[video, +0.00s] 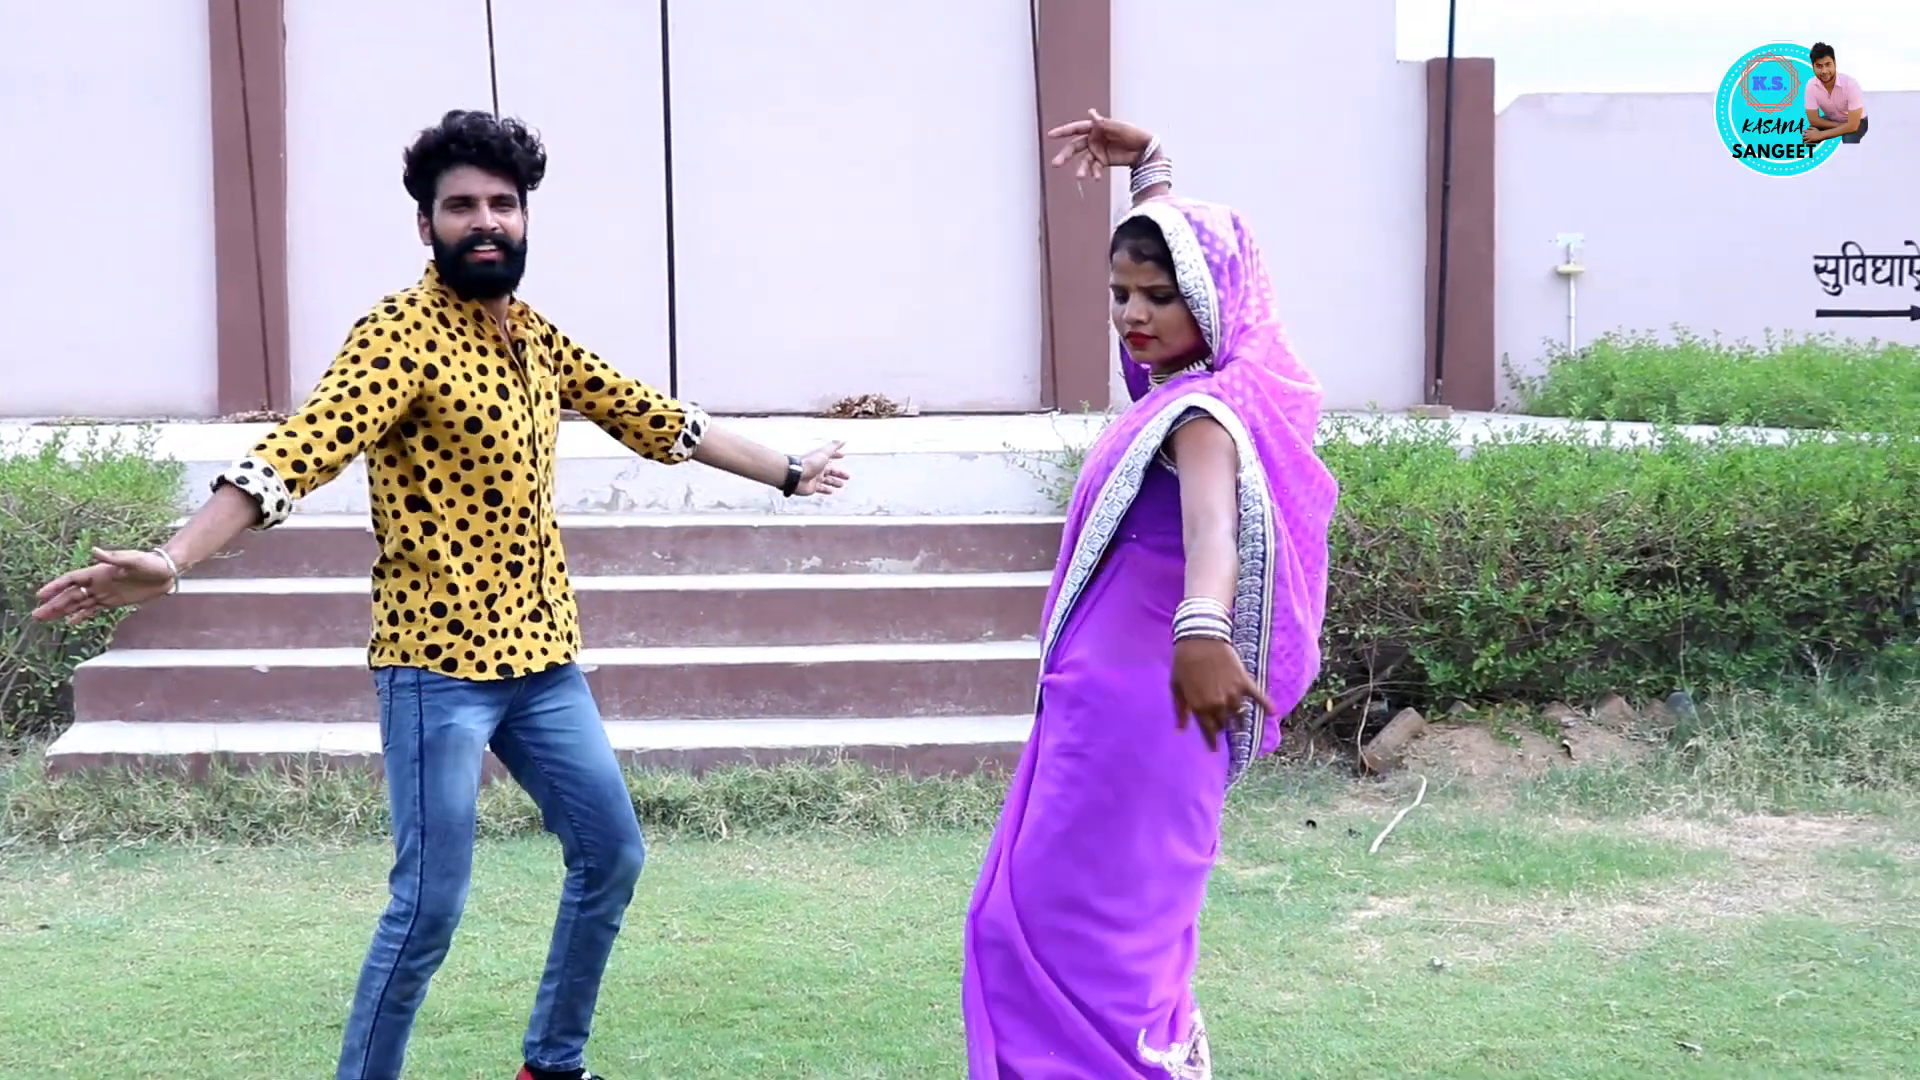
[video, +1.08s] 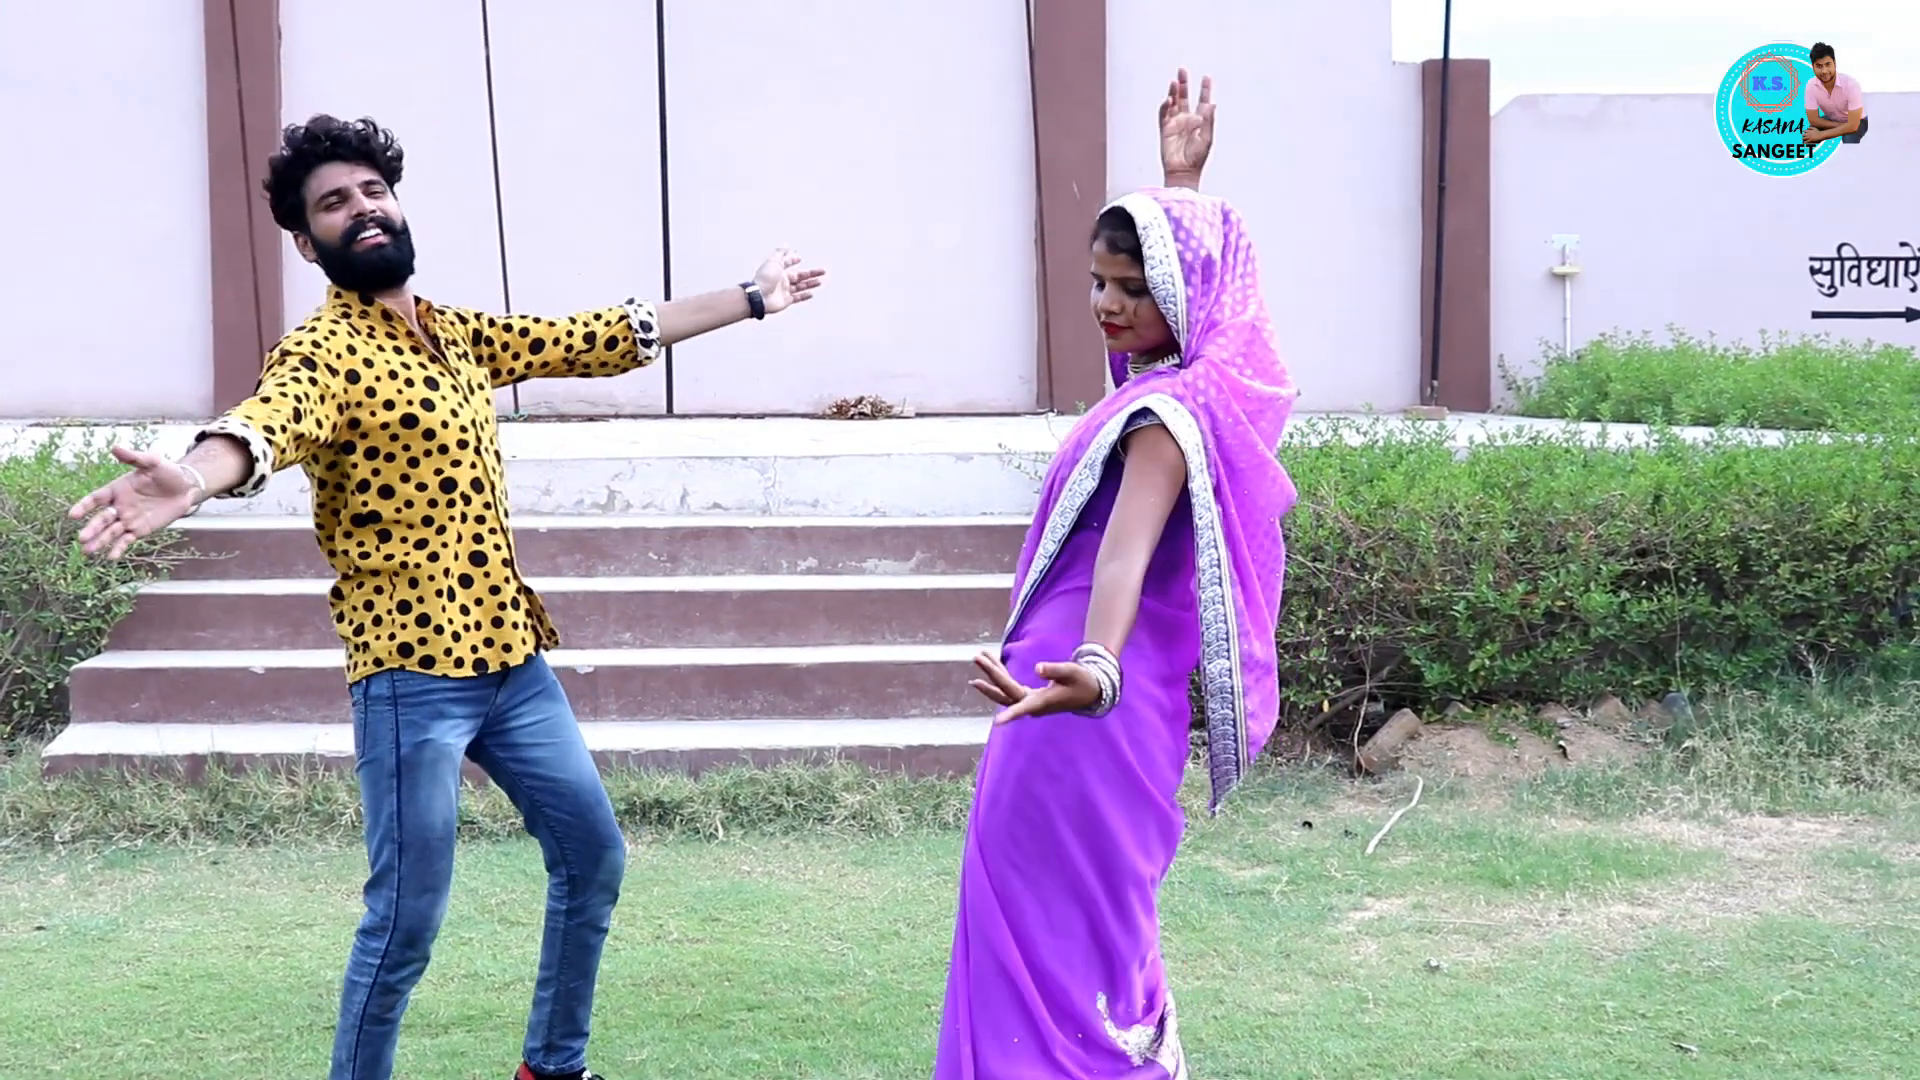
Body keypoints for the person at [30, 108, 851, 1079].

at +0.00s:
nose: (486, 223)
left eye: (503, 205)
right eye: (463, 206)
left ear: (527, 218)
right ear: (426, 222)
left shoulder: (538, 343)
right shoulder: (397, 336)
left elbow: (658, 419)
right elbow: (290, 455)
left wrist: (787, 468)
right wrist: (176, 558)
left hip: (540, 661)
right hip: (434, 665)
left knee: (614, 854)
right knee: (428, 907)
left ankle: (552, 1061)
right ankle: (363, 1070)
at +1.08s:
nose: (363, 210)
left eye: (373, 189)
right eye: (334, 205)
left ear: (402, 203)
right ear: (309, 242)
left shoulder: (458, 334)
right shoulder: (324, 351)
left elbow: (601, 338)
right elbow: (263, 424)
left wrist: (752, 296)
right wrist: (193, 477)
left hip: (511, 661)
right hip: (410, 677)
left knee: (593, 854)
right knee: (405, 920)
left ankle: (554, 1066)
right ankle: (357, 1076)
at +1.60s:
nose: (395, 204)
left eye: (392, 183)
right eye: (362, 201)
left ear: (406, 184)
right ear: (318, 242)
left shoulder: (465, 313)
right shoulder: (340, 348)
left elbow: (598, 289)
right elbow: (265, 439)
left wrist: (724, 224)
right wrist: (185, 501)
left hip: (514, 658)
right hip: (412, 673)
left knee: (610, 839)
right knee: (421, 917)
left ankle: (583, 1056)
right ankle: (374, 1072)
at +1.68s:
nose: (430, 194)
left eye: (425, 174)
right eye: (397, 191)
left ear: (437, 174)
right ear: (350, 234)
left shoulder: (484, 299)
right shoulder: (365, 340)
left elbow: (609, 276)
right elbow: (293, 437)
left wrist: (731, 211)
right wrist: (204, 507)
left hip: (521, 653)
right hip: (428, 668)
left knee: (612, 837)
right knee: (437, 904)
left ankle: (591, 1059)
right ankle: (387, 1073)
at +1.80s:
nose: (475, 199)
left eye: (468, 179)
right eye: (444, 191)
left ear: (476, 180)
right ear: (387, 234)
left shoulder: (508, 301)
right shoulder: (381, 347)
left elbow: (627, 283)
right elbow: (329, 453)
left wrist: (745, 215)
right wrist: (272, 522)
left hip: (537, 652)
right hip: (452, 667)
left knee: (623, 841)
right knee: (467, 907)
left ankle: (597, 1064)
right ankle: (412, 1073)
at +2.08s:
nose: (581, 217)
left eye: (575, 198)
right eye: (559, 205)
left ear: (516, 230)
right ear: (496, 235)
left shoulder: (576, 310)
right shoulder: (459, 358)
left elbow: (682, 282)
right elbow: (411, 496)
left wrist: (789, 220)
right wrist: (411, 560)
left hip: (600, 652)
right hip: (518, 664)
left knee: (689, 833)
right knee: (531, 901)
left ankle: (660, 1061)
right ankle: (475, 1072)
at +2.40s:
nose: (678, 245)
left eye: (673, 226)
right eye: (667, 228)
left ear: (620, 245)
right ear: (622, 246)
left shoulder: (637, 333)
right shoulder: (537, 391)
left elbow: (709, 302)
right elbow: (533, 577)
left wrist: (795, 230)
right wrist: (604, 661)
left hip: (678, 658)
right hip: (602, 681)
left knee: (757, 833)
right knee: (618, 910)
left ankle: (699, 1058)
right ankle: (529, 1071)